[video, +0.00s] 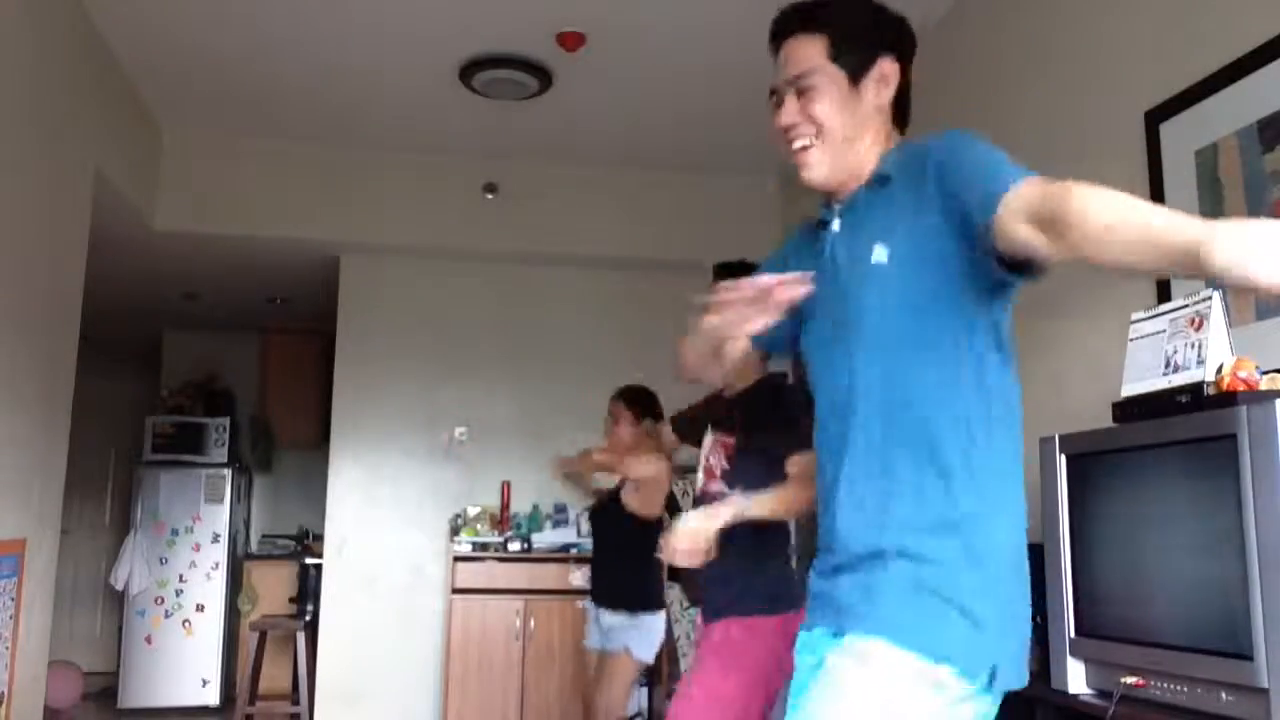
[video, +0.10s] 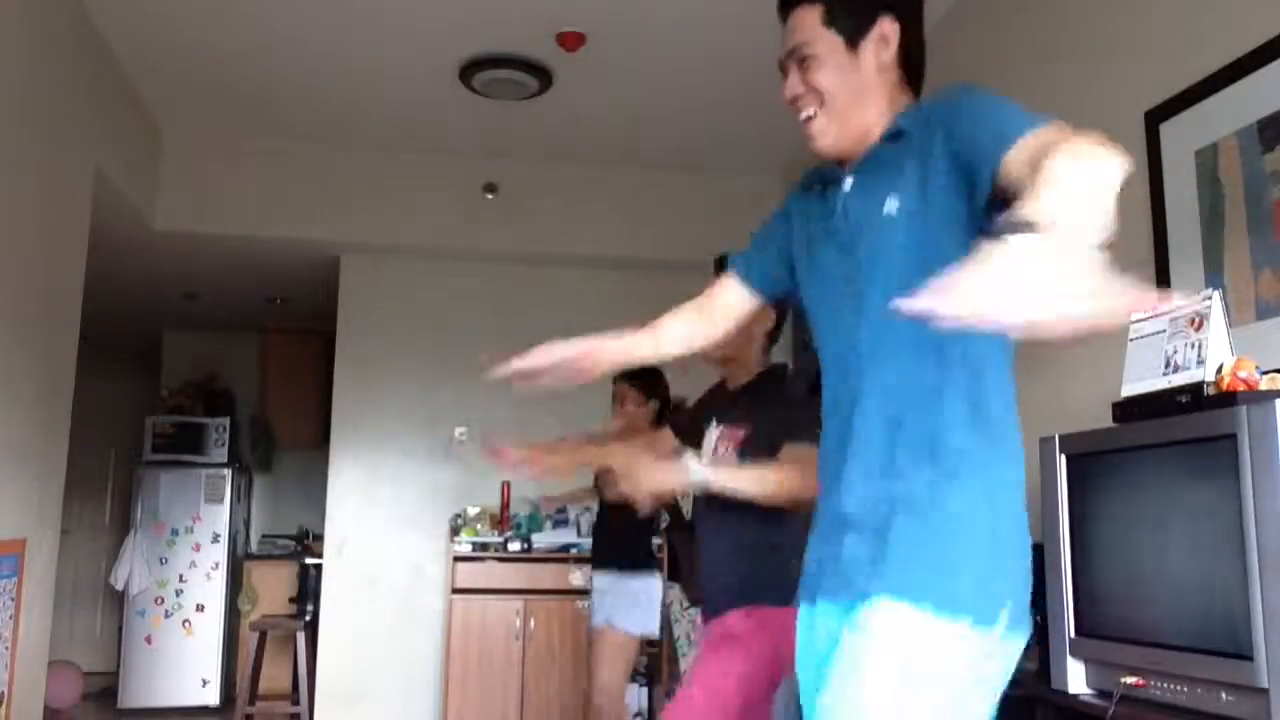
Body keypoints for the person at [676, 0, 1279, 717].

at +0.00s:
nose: (784, 117)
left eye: (804, 89)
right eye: (778, 98)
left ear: (880, 82)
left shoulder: (941, 169)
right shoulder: (807, 249)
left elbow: (1050, 214)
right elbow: (704, 373)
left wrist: (1219, 245)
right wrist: (719, 334)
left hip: (933, 597)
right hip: (841, 596)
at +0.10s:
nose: (788, 87)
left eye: (804, 60)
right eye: (784, 71)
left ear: (880, 45)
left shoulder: (953, 124)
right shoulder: (808, 206)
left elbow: (1084, 164)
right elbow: (712, 313)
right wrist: (606, 351)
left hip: (942, 569)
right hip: (840, 566)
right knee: (831, 709)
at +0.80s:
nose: (865, 108)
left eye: (890, 78)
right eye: (845, 90)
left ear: (950, 86)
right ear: (833, 110)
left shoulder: (1001, 174)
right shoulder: (874, 258)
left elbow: (1115, 226)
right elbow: (837, 437)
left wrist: (1273, 253)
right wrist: (812, 354)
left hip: (974, 603)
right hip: (889, 596)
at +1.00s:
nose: (916, 55)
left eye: (942, 26)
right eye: (895, 36)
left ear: (1000, 33)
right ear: (880, 59)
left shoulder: (1055, 119)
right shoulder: (887, 209)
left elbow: (1209, 162)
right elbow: (797, 348)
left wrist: (1078, 261)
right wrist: (653, 451)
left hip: (1031, 568)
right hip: (924, 568)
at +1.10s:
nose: (941, 59)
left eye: (968, 28)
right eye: (920, 39)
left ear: (1028, 37)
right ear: (906, 62)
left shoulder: (1088, 131)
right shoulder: (899, 213)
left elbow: (1240, 183)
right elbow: (790, 346)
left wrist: (995, 284)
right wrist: (664, 493)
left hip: (1079, 595)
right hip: (936, 593)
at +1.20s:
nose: (957, 74)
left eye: (985, 42)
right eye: (936, 54)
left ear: (1047, 52)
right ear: (921, 76)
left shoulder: (1115, 159)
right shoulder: (914, 240)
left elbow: (1258, 226)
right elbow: (807, 370)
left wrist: (1027, 279)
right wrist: (697, 485)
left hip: (1118, 626)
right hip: (953, 629)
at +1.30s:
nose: (966, 69)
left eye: (993, 38)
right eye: (944, 51)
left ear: (1056, 46)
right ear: (930, 75)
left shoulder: (1131, 148)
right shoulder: (927, 240)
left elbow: (1270, 182)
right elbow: (810, 375)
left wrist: (1039, 268)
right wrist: (666, 500)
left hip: (1133, 642)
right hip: (959, 640)